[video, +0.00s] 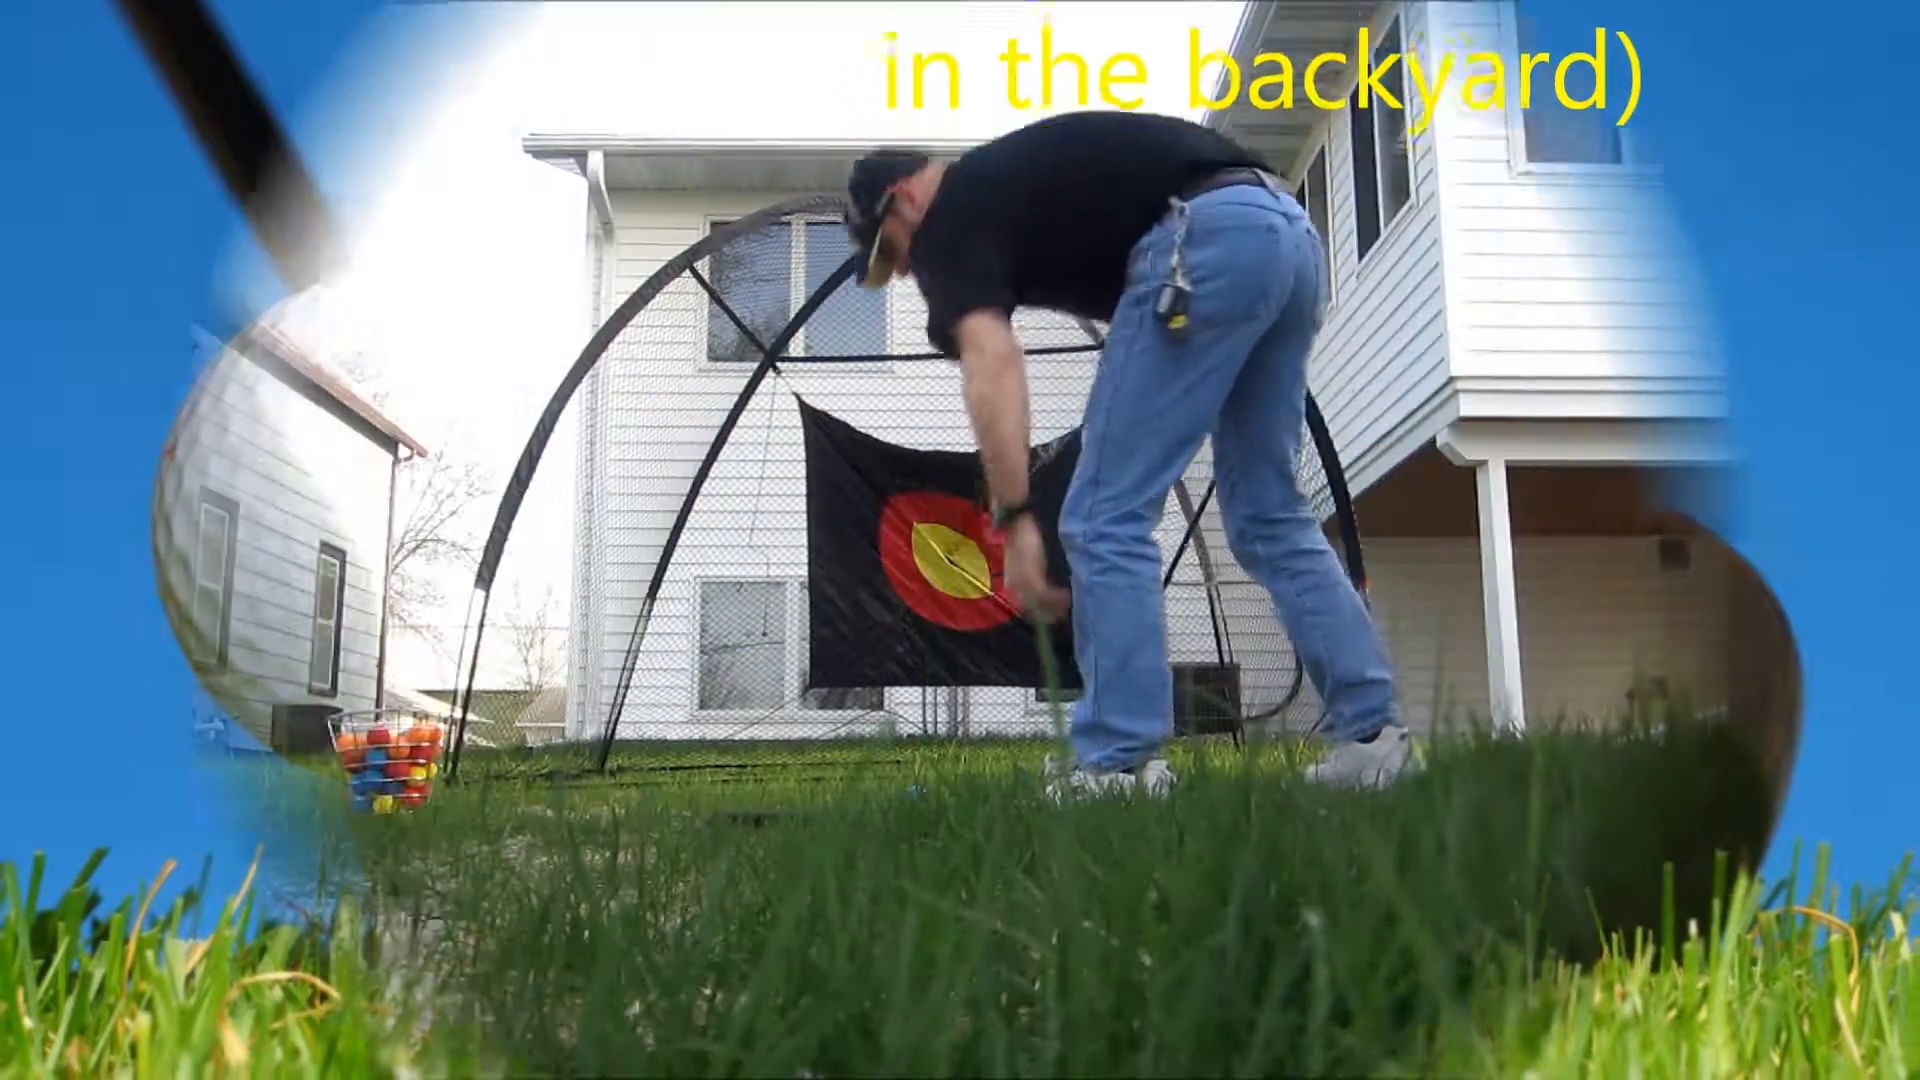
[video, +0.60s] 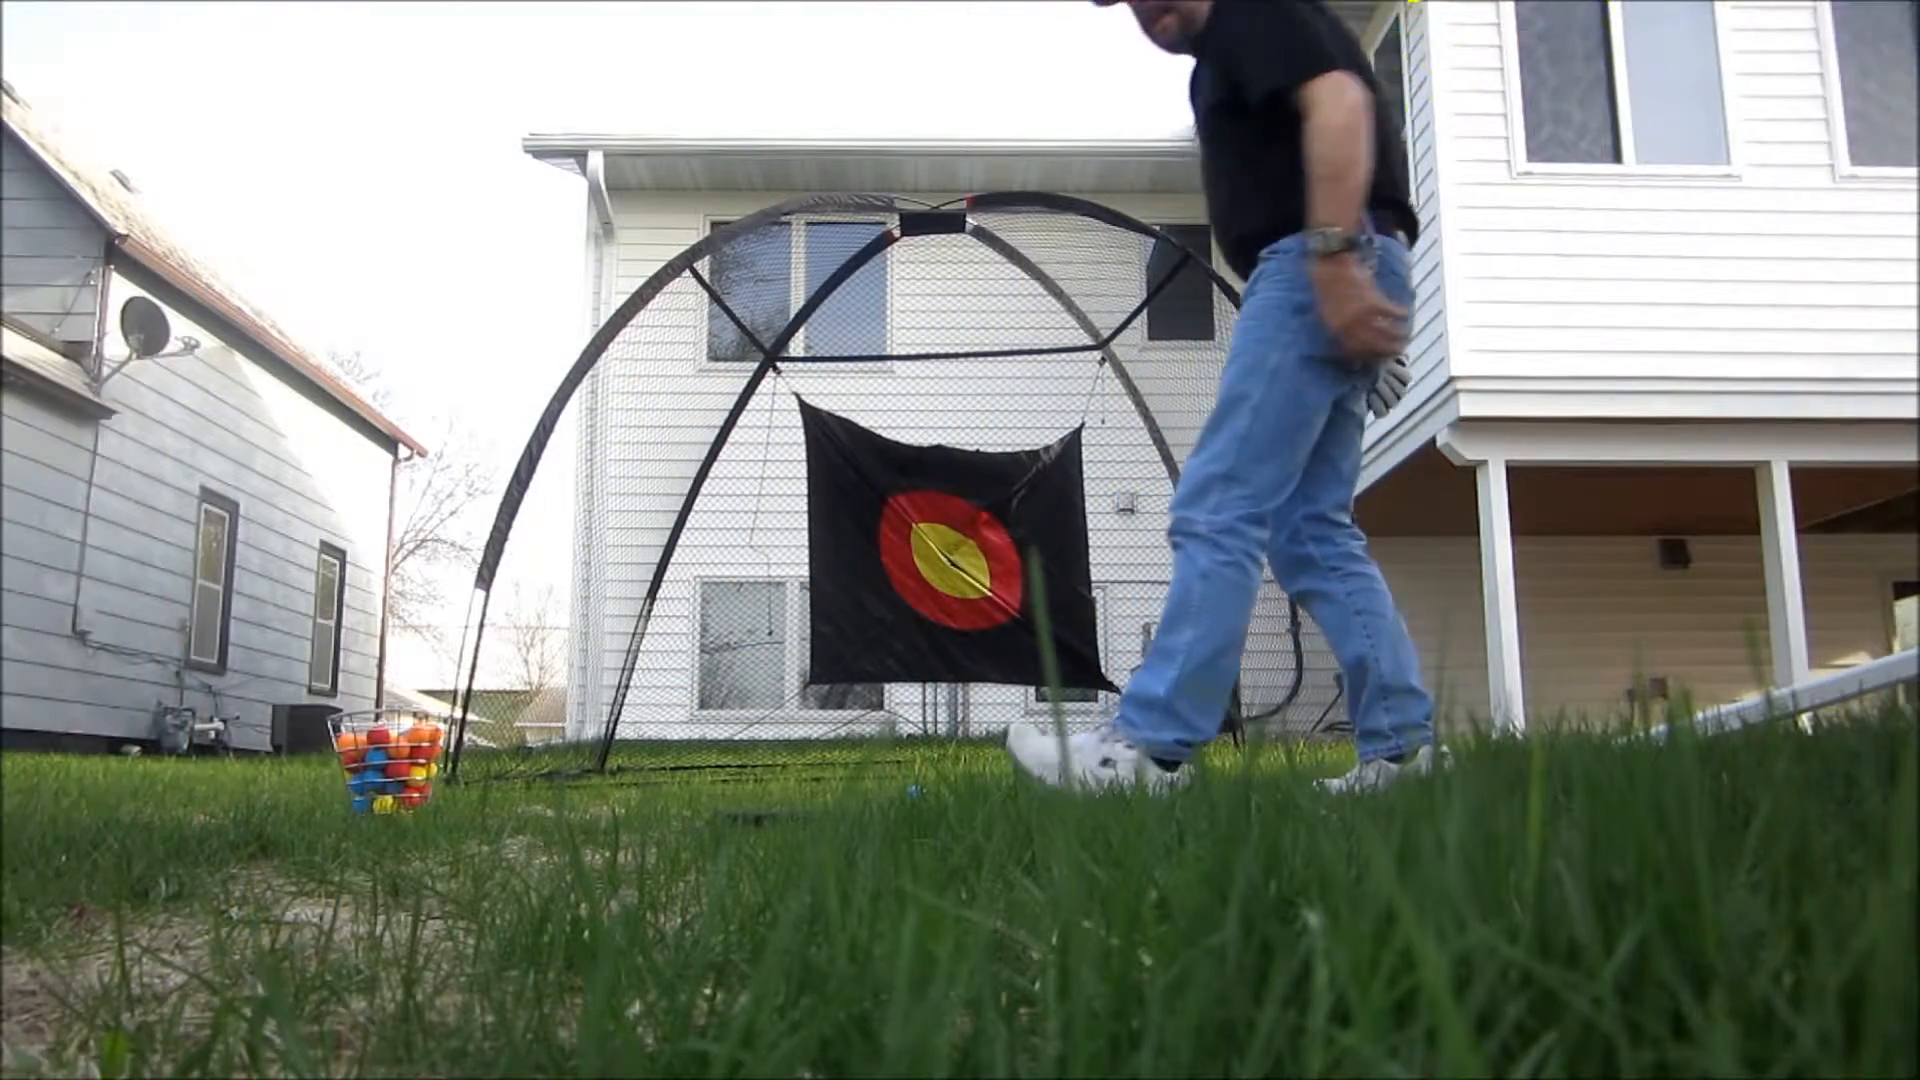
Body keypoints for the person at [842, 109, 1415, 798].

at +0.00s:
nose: (905, 267)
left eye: (893, 247)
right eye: (892, 260)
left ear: (905, 196)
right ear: (927, 183)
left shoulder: (951, 216)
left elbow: (993, 361)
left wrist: (1015, 518)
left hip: (1202, 237)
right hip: (1292, 239)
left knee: (1105, 519)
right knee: (1267, 516)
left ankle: (1116, 760)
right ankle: (1372, 733)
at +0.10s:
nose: (918, 220)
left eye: (907, 200)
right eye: (904, 213)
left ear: (926, 147)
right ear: (949, 135)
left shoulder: (967, 175)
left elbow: (1006, 298)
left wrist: (1026, 464)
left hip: (1212, 239)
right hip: (1302, 241)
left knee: (1118, 518)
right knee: (1249, 513)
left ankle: (1119, 759)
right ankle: (1381, 720)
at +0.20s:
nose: (952, 154)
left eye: (944, 131)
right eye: (940, 143)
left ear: (970, 83)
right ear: (993, 70)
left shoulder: (1009, 117)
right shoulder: (1084, 93)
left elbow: (1058, 227)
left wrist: (1067, 398)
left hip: (1228, 253)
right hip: (1310, 257)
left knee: (1130, 515)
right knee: (1251, 527)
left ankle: (1121, 759)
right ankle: (1390, 725)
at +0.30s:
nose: (985, 110)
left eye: (980, 88)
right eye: (975, 101)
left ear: (1006, 49)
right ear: (1031, 42)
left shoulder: (1053, 82)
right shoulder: (1130, 69)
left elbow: (1108, 186)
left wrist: (1112, 358)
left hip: (1236, 263)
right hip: (1319, 265)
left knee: (1141, 519)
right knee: (1265, 533)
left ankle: (1120, 757)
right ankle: (1396, 737)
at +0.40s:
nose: (1031, 72)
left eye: (1028, 47)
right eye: (1018, 64)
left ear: (1070, 11)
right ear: (1096, 18)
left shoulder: (1111, 49)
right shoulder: (1181, 53)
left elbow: (1172, 152)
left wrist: (1171, 312)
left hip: (1258, 265)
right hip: (1332, 273)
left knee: (1158, 523)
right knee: (1276, 537)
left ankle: (1124, 756)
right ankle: (1399, 740)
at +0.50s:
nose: (1099, 33)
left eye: (1100, 13)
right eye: (1089, 25)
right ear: (1122, 14)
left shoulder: (1204, 19)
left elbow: (1276, 115)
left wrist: (1268, 275)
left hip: (1296, 269)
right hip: (1345, 274)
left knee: (1196, 519)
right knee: (1296, 532)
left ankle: (1137, 751)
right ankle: (1401, 745)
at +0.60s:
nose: (1141, 14)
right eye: (1131, 7)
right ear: (1153, 13)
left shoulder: (1256, 15)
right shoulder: (1223, 57)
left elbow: (1339, 99)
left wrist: (1332, 258)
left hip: (1310, 266)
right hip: (1348, 268)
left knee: (1219, 511)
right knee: (1310, 529)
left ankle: (1151, 744)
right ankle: (1401, 747)